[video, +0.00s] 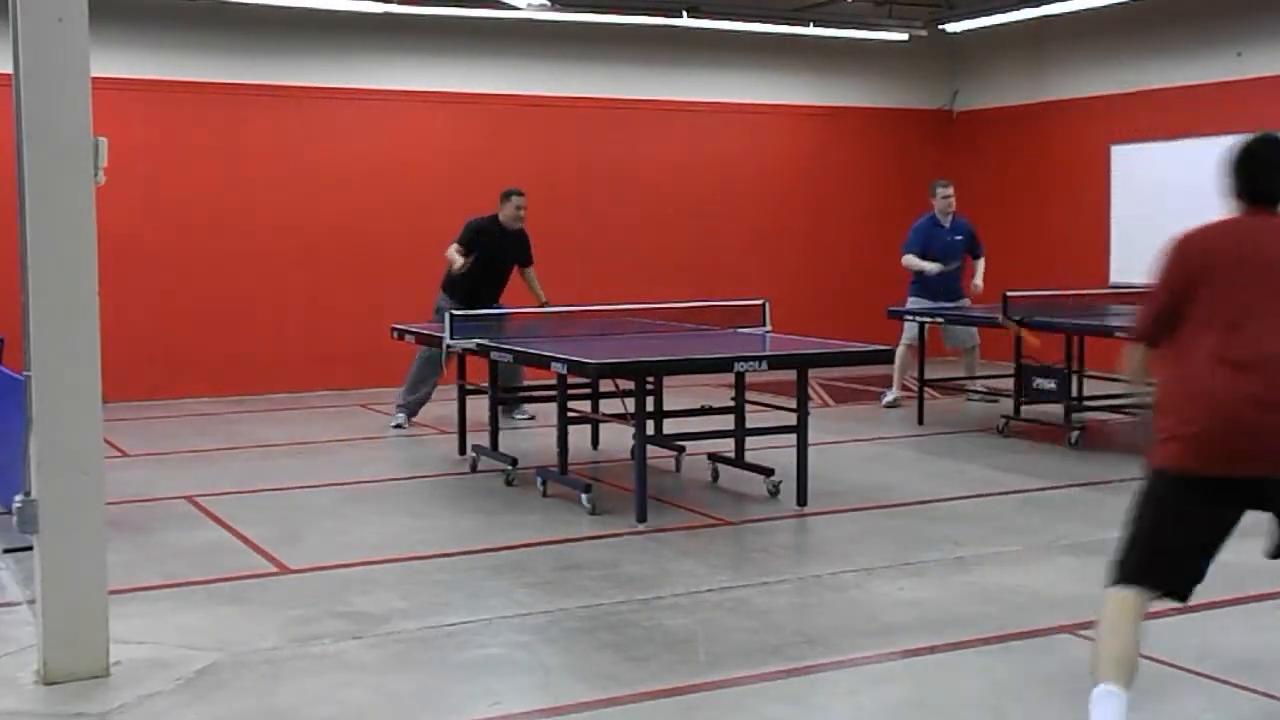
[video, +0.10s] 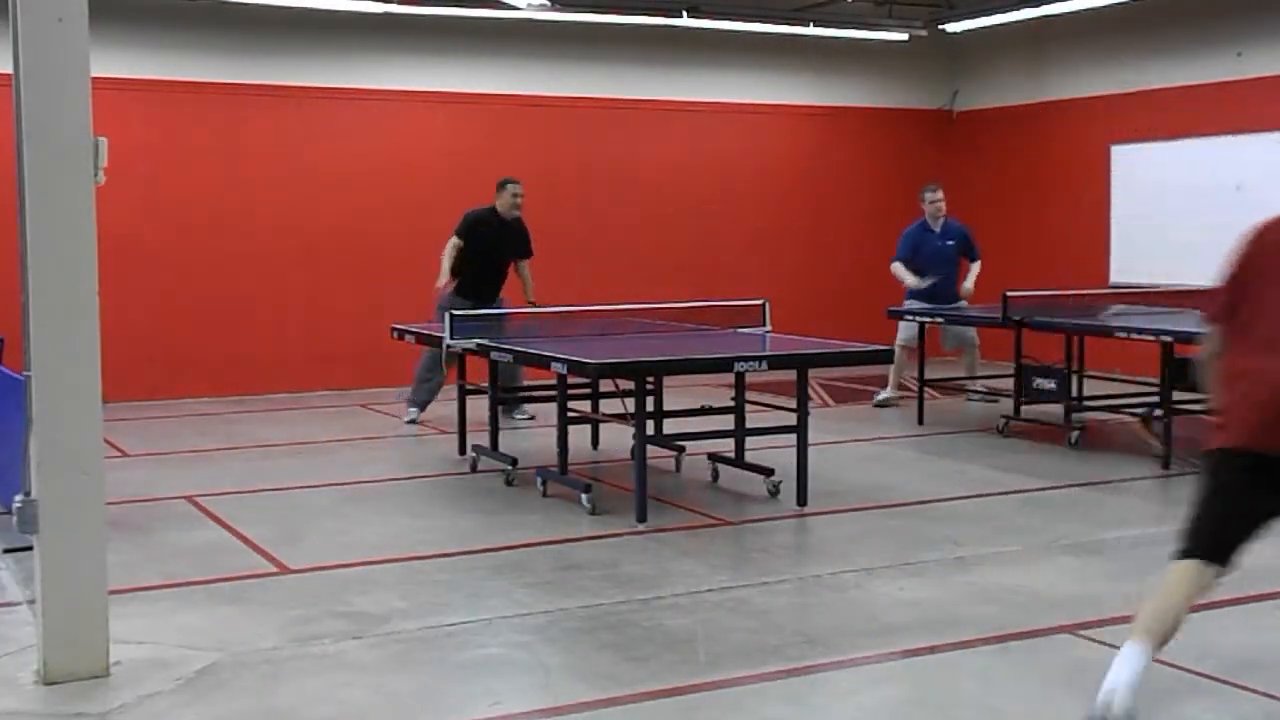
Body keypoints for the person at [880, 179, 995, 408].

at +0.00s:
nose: (951, 201)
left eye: (952, 197)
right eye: (945, 198)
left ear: (956, 198)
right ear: (933, 201)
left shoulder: (964, 228)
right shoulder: (921, 228)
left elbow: (978, 255)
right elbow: (907, 258)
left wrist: (978, 278)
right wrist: (926, 266)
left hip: (955, 297)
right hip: (922, 297)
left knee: (971, 343)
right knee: (908, 342)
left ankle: (973, 387)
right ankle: (896, 390)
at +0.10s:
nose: (939, 206)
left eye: (942, 201)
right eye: (933, 202)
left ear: (946, 202)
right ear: (923, 206)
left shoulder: (957, 231)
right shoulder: (912, 233)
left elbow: (975, 259)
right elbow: (896, 264)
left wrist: (970, 282)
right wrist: (911, 279)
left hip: (952, 300)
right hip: (919, 301)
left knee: (971, 343)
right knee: (902, 344)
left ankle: (973, 387)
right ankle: (892, 389)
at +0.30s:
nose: (952, 189)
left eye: (956, 186)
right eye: (948, 185)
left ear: (961, 189)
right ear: (938, 185)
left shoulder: (964, 216)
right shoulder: (923, 216)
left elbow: (968, 250)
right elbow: (904, 245)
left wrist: (941, 262)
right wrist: (878, 262)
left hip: (954, 292)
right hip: (923, 290)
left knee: (959, 345)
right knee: (913, 340)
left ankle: (960, 391)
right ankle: (913, 387)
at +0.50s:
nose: (942, 192)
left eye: (946, 189)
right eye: (938, 187)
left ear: (950, 191)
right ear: (927, 188)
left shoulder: (955, 217)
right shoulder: (913, 219)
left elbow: (955, 249)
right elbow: (905, 252)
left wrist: (922, 242)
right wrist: (915, 258)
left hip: (950, 289)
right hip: (921, 289)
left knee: (957, 346)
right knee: (914, 344)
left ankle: (960, 391)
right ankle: (912, 388)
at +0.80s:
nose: (935, 190)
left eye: (938, 186)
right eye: (930, 186)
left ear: (941, 188)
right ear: (918, 189)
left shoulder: (951, 215)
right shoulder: (908, 220)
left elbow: (967, 241)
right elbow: (905, 254)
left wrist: (956, 255)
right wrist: (932, 252)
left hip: (952, 289)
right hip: (921, 292)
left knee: (962, 339)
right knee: (913, 343)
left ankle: (970, 387)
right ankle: (913, 387)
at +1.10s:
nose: (960, 194)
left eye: (962, 190)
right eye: (955, 191)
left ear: (964, 193)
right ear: (942, 193)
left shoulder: (967, 220)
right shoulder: (929, 222)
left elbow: (972, 246)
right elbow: (920, 254)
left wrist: (982, 265)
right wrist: (945, 258)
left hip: (965, 291)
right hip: (935, 293)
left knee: (983, 338)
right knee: (919, 342)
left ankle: (993, 383)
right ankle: (913, 387)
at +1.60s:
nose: (966, 203)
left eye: (969, 199)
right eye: (961, 200)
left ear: (973, 200)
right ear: (951, 202)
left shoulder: (986, 225)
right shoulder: (941, 229)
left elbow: (1008, 249)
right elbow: (923, 258)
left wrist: (1006, 267)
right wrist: (919, 279)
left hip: (982, 298)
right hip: (949, 298)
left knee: (997, 343)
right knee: (934, 344)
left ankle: (993, 385)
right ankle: (920, 389)